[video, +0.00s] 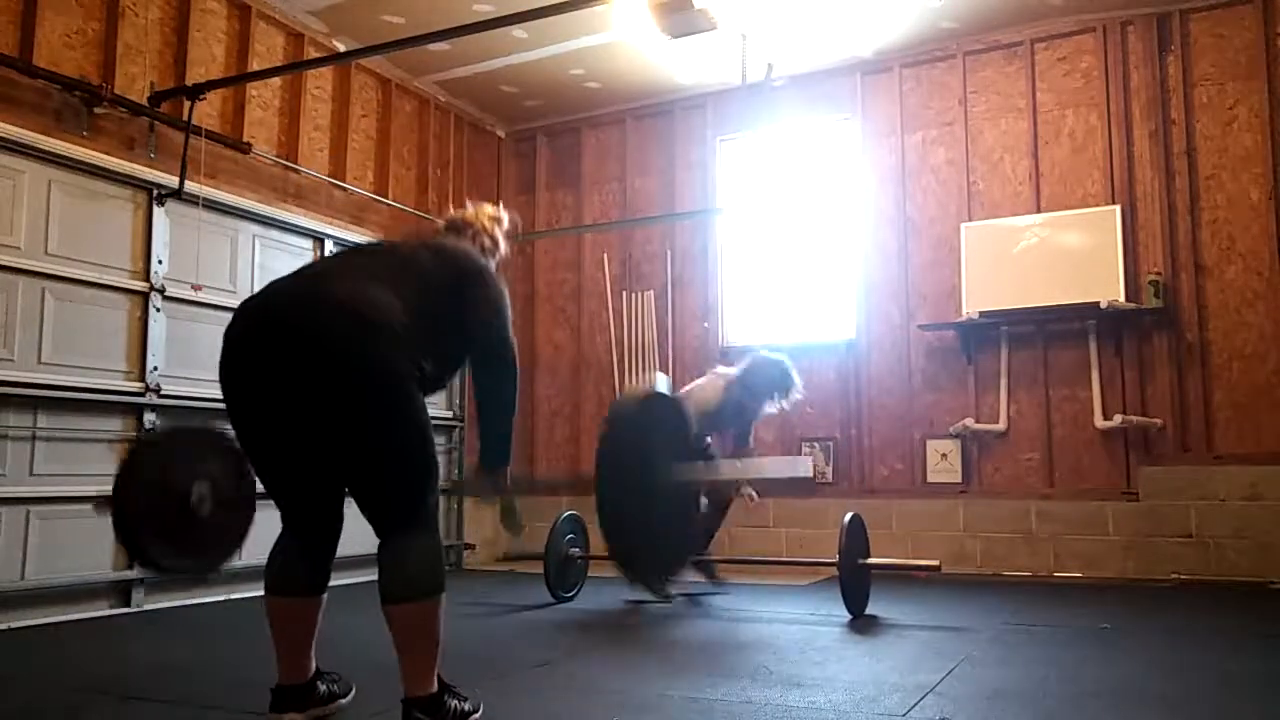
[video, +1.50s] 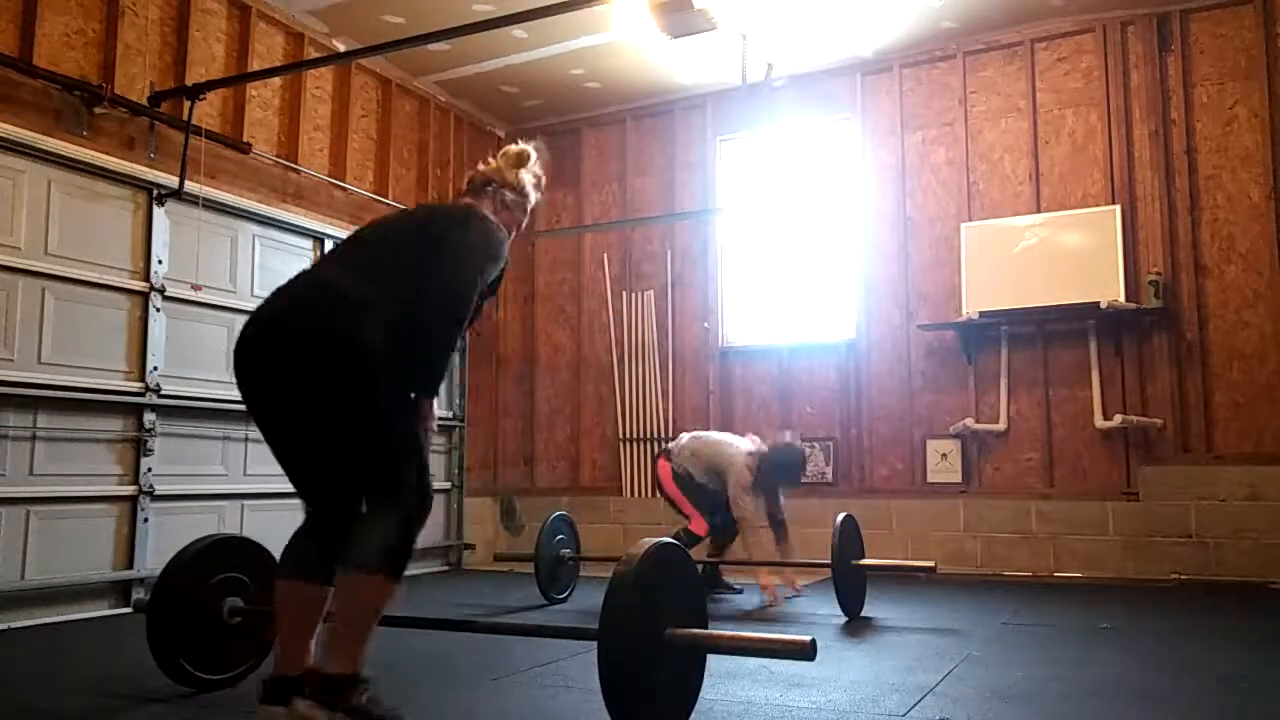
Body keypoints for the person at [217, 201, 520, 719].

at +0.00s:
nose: (494, 267)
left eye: (494, 259)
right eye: (493, 259)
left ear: (442, 234)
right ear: (485, 252)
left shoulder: (385, 254)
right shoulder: (475, 275)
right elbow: (497, 366)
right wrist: (494, 472)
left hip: (255, 345)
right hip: (357, 362)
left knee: (308, 518)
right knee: (407, 524)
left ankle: (294, 685)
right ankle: (424, 696)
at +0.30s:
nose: (493, 250)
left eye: (497, 242)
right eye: (493, 240)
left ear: (435, 211)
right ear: (484, 226)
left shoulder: (368, 235)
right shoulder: (471, 228)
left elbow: (276, 262)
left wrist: (304, 337)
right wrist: (489, 346)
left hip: (264, 360)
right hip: (363, 367)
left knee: (324, 519)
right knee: (414, 524)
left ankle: (298, 685)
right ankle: (423, 696)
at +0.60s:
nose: (493, 260)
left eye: (496, 252)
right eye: (493, 250)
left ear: (449, 221)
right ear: (478, 233)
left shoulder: (389, 247)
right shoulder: (472, 265)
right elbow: (494, 349)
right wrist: (497, 441)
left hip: (254, 346)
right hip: (351, 365)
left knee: (309, 518)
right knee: (399, 528)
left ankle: (294, 685)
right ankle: (420, 695)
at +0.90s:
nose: (497, 359)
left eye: (499, 351)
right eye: (497, 349)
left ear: (447, 326)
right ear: (485, 337)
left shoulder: (395, 343)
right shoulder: (477, 370)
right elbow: (494, 482)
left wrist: (333, 584)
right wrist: (500, 583)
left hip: (246, 401)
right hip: (354, 409)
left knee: (339, 520)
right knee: (433, 523)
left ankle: (299, 685)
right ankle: (427, 694)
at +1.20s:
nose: (509, 319)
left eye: (512, 310)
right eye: (512, 308)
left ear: (461, 287)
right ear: (502, 300)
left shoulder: (407, 312)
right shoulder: (480, 334)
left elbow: (363, 415)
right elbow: (480, 450)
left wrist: (353, 522)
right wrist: (474, 543)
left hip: (247, 375)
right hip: (343, 385)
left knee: (326, 524)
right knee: (414, 526)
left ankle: (298, 685)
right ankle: (424, 693)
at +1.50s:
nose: (511, 229)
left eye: (516, 220)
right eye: (514, 218)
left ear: (466, 194)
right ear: (505, 206)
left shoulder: (410, 221)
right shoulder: (486, 234)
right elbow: (440, 314)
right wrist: (425, 400)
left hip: (269, 345)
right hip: (347, 358)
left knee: (330, 505)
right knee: (401, 499)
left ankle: (286, 678)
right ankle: (336, 680)